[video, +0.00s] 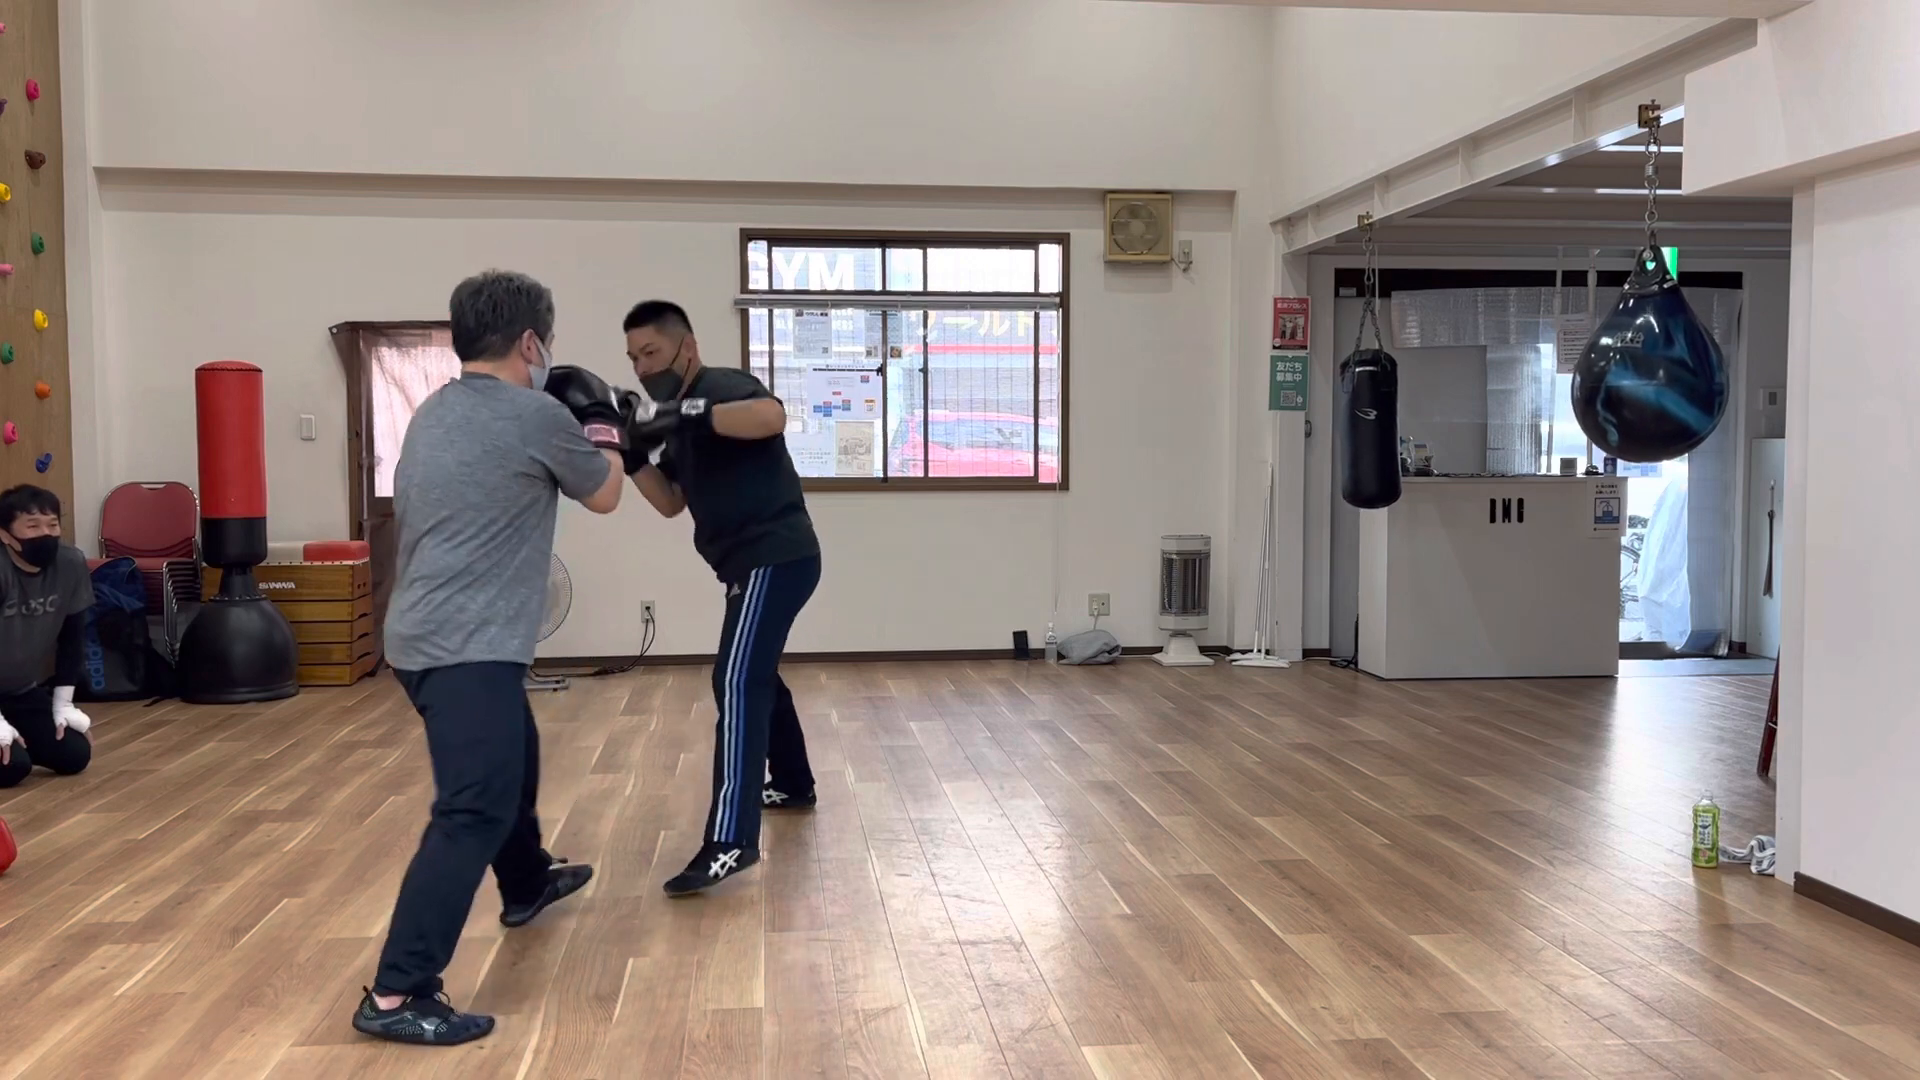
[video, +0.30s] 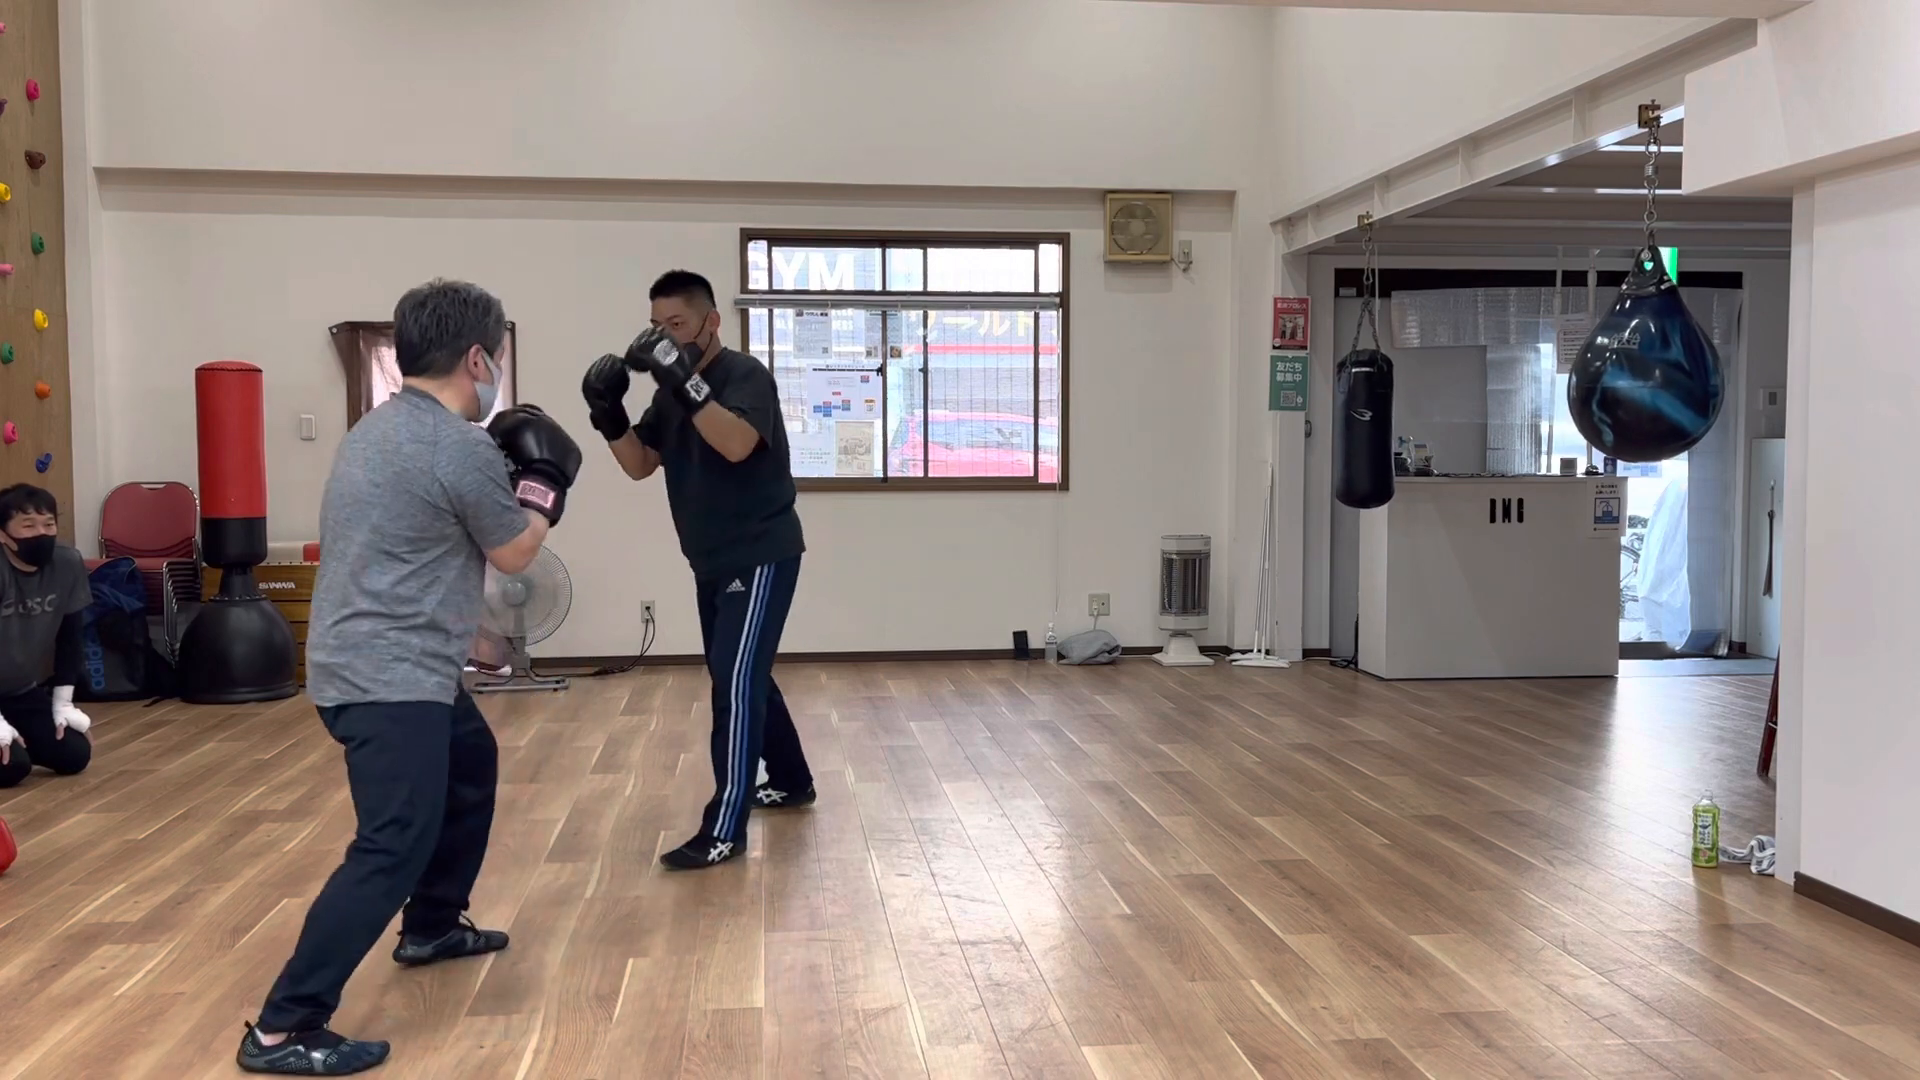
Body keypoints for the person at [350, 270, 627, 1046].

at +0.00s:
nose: (547, 353)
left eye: (548, 342)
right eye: (546, 341)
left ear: (460, 342)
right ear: (528, 342)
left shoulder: (430, 414)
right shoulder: (534, 414)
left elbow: (489, 493)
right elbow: (607, 494)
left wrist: (547, 424)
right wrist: (600, 435)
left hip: (418, 639)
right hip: (475, 648)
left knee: (514, 749)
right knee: (472, 813)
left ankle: (525, 880)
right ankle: (397, 993)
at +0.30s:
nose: (499, 367)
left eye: (495, 353)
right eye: (496, 354)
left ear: (409, 356)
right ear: (475, 359)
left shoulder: (368, 431)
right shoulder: (457, 445)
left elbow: (400, 543)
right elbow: (515, 553)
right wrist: (540, 500)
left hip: (358, 660)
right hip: (394, 673)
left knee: (472, 757)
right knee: (396, 841)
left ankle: (431, 925)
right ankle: (284, 1027)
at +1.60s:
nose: (376, 335)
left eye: (376, 321)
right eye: (373, 320)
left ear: (287, 322)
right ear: (345, 322)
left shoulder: (255, 397)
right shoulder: (347, 405)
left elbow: (320, 482)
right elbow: (417, 506)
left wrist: (385, 435)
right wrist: (436, 463)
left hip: (252, 639)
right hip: (299, 649)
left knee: (351, 750)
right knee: (289, 814)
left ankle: (302, 910)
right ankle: (221, 999)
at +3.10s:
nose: (495, 309)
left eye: (497, 296)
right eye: (493, 295)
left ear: (392, 294)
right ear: (470, 299)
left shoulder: (350, 374)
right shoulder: (457, 386)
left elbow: (402, 482)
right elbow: (527, 500)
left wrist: (484, 426)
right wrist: (532, 436)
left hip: (322, 652)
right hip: (400, 658)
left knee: (392, 818)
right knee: (422, 847)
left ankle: (382, 982)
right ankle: (330, 1050)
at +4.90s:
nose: (489, 317)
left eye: (491, 300)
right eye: (489, 301)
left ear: (382, 300)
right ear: (468, 310)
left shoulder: (332, 396)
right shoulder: (464, 415)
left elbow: (399, 509)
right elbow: (531, 534)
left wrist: (501, 451)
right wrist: (541, 450)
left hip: (323, 697)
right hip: (409, 707)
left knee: (389, 864)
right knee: (441, 895)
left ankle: (383, 1017)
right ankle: (411, 1061)